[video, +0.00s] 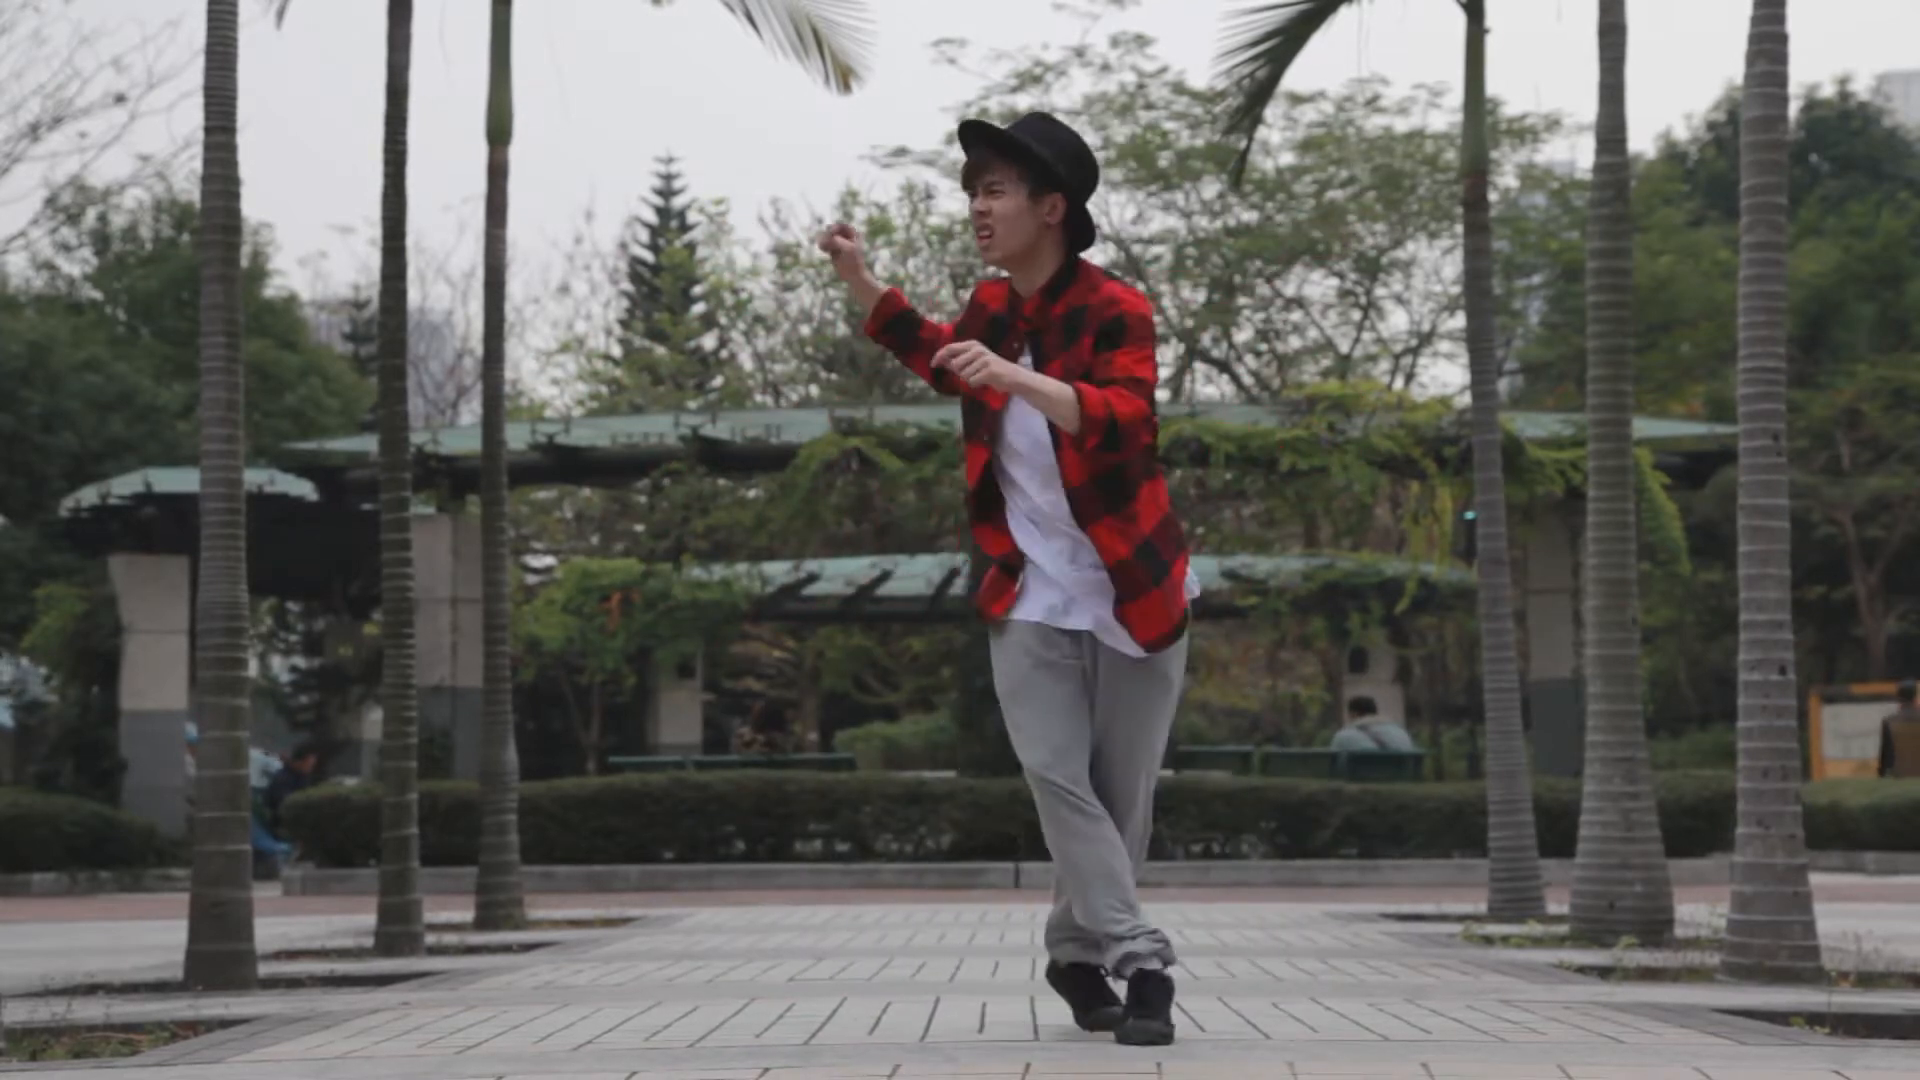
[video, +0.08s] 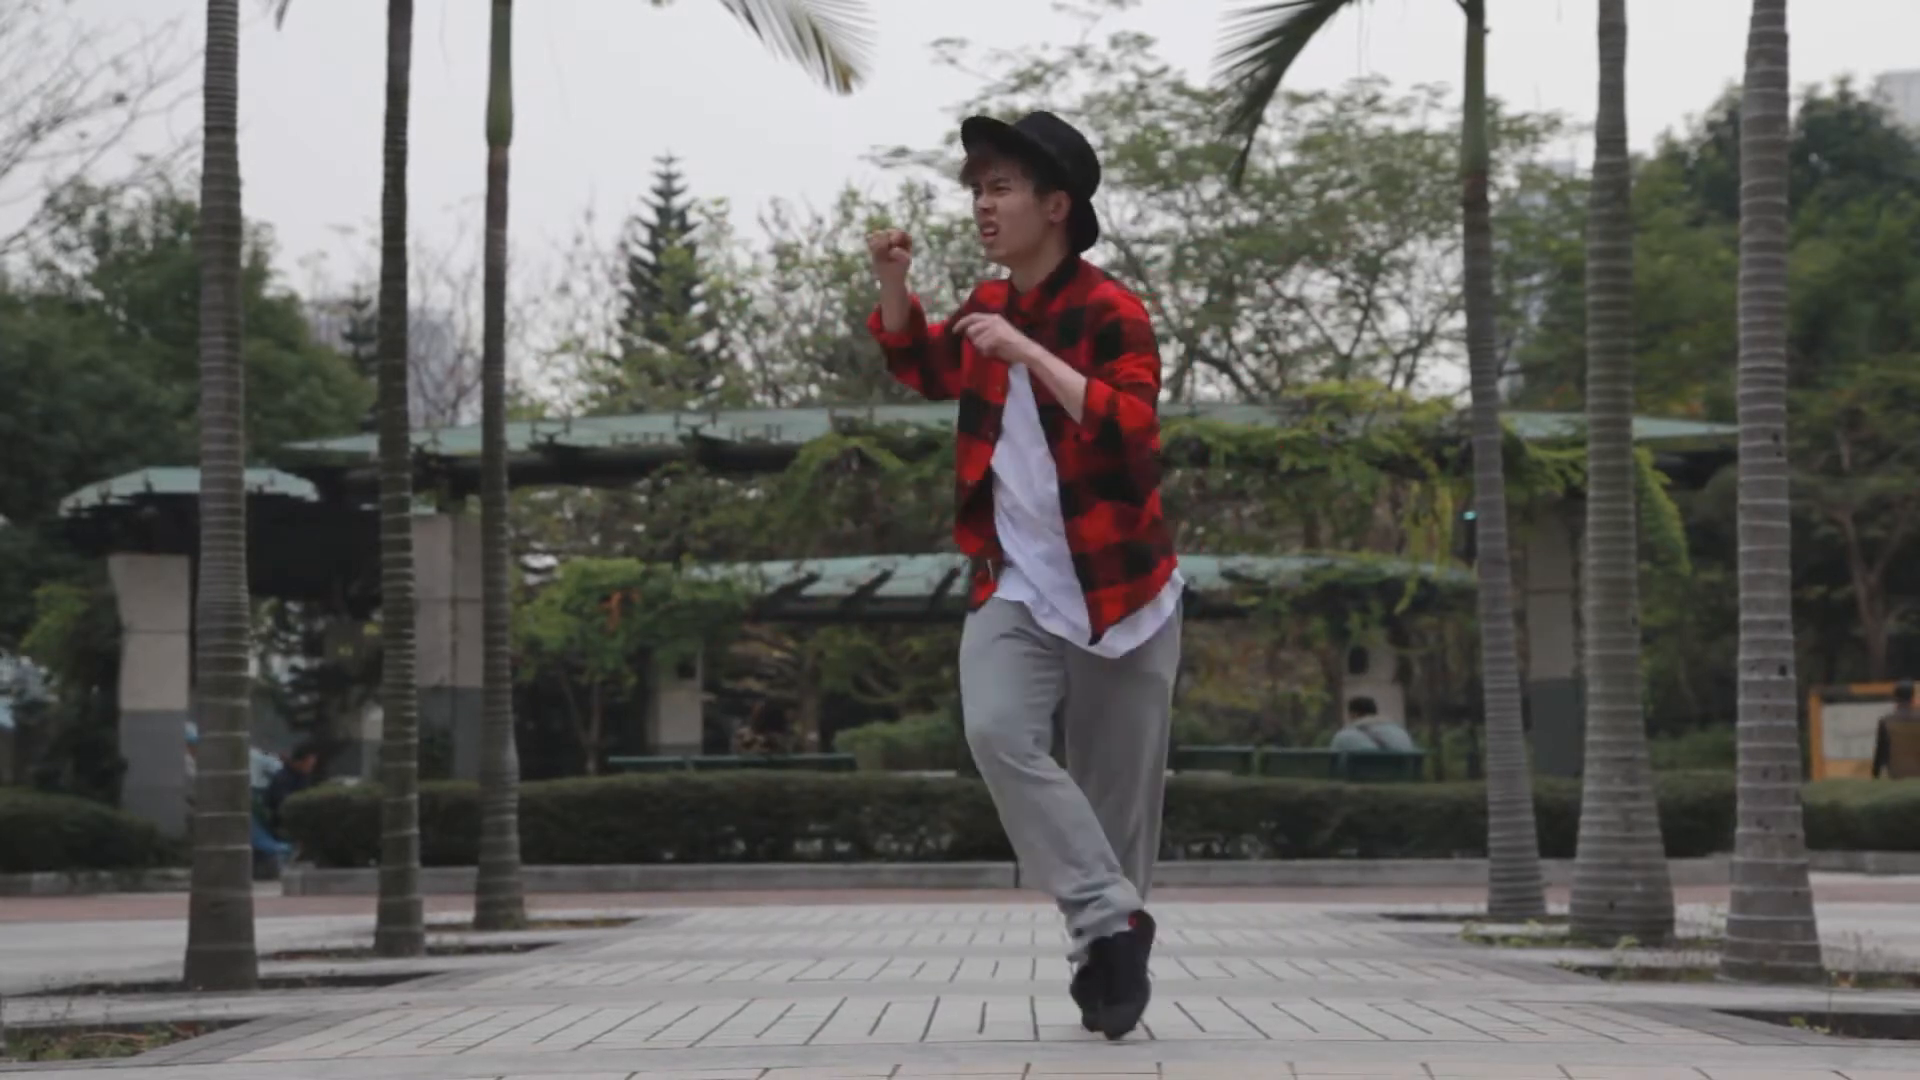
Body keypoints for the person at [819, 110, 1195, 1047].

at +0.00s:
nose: (977, 210)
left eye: (996, 193)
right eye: (974, 194)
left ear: (1054, 207)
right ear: (980, 205)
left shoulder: (1118, 310)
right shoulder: (989, 310)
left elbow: (1125, 418)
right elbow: (940, 359)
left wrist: (1014, 378)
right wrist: (865, 288)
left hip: (1136, 590)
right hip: (1031, 589)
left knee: (1124, 790)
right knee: (1054, 774)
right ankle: (1139, 955)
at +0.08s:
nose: (983, 207)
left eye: (1002, 190)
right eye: (978, 190)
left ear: (1060, 203)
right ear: (979, 204)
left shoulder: (1114, 313)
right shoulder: (983, 314)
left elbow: (1134, 429)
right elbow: (918, 361)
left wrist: (1028, 353)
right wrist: (895, 290)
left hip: (1122, 592)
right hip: (1017, 584)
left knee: (1119, 790)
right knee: (996, 731)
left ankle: (1108, 958)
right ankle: (1107, 918)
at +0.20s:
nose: (992, 190)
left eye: (1011, 172)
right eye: (981, 177)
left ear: (1066, 191)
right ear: (977, 197)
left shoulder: (1113, 286)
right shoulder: (954, 288)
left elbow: (1135, 320)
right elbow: (858, 282)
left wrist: (1052, 240)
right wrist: (877, 226)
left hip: (1099, 567)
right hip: (989, 558)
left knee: (1116, 781)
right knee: (959, 677)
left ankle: (1096, 958)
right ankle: (975, 897)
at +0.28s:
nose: (995, 178)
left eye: (1012, 159)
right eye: (979, 172)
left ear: (1069, 173)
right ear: (976, 198)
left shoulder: (1123, 280)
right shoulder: (948, 271)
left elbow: (1144, 283)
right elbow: (838, 254)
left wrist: (1065, 219)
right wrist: (838, 207)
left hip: (1079, 556)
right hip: (966, 547)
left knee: (1148, 749)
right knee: (946, 720)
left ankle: (1100, 952)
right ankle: (855, 942)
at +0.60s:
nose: (1016, 162)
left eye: (1038, 146)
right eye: (996, 146)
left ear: (1072, 173)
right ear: (969, 171)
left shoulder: (1103, 268)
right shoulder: (925, 271)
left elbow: (1118, 350)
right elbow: (810, 344)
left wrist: (1000, 309)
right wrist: (826, 294)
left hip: (1094, 580)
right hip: (951, 580)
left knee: (1162, 768)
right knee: (886, 757)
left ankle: (1170, 940)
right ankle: (891, 966)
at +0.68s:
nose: (998, 172)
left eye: (1025, 163)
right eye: (983, 152)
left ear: (1051, 198)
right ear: (949, 172)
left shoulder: (1077, 276)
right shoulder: (907, 289)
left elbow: (1107, 389)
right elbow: (849, 412)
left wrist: (981, 383)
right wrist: (886, 352)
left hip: (1098, 578)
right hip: (974, 585)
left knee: (1153, 767)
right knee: (910, 749)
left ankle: (1242, 953)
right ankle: (943, 969)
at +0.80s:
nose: (967, 254)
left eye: (993, 245)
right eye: (953, 232)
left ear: (1017, 280)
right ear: (919, 249)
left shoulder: (1041, 364)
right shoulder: (896, 389)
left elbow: (1095, 495)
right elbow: (926, 523)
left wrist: (1107, 630)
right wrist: (953, 486)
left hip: (1121, 616)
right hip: (1011, 640)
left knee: (1213, 794)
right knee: (915, 776)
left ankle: (1311, 982)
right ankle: (950, 997)